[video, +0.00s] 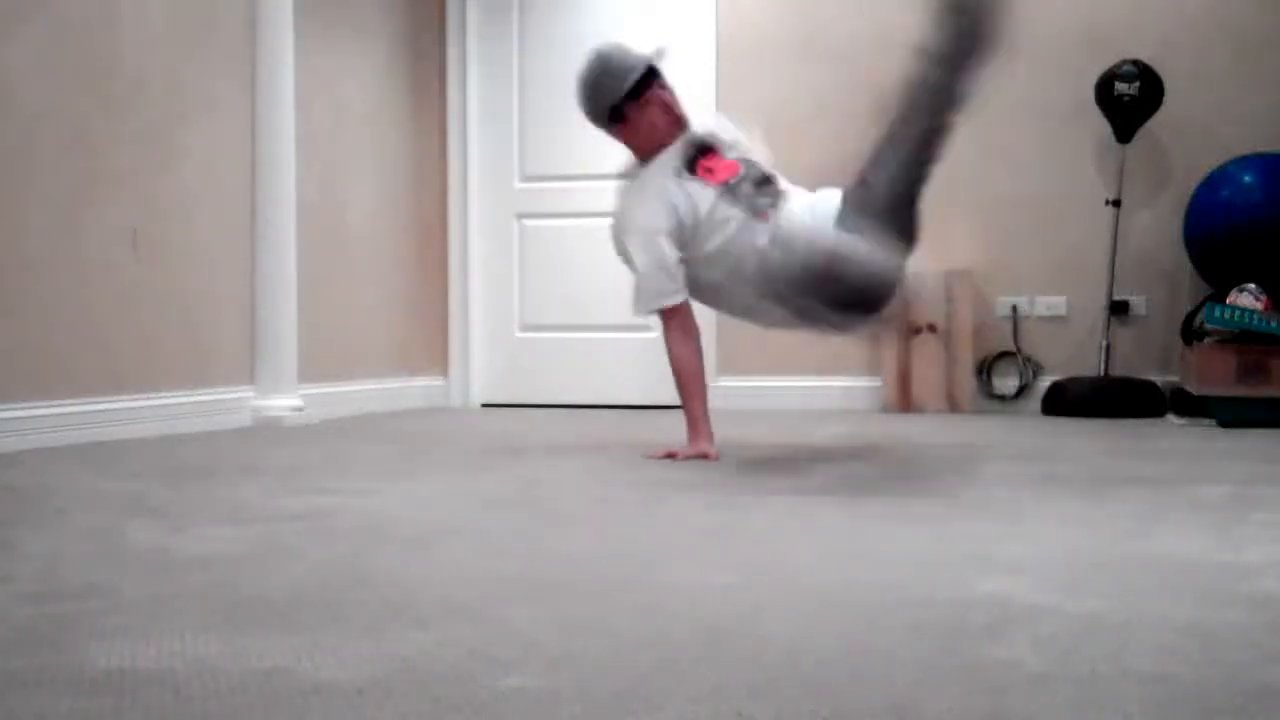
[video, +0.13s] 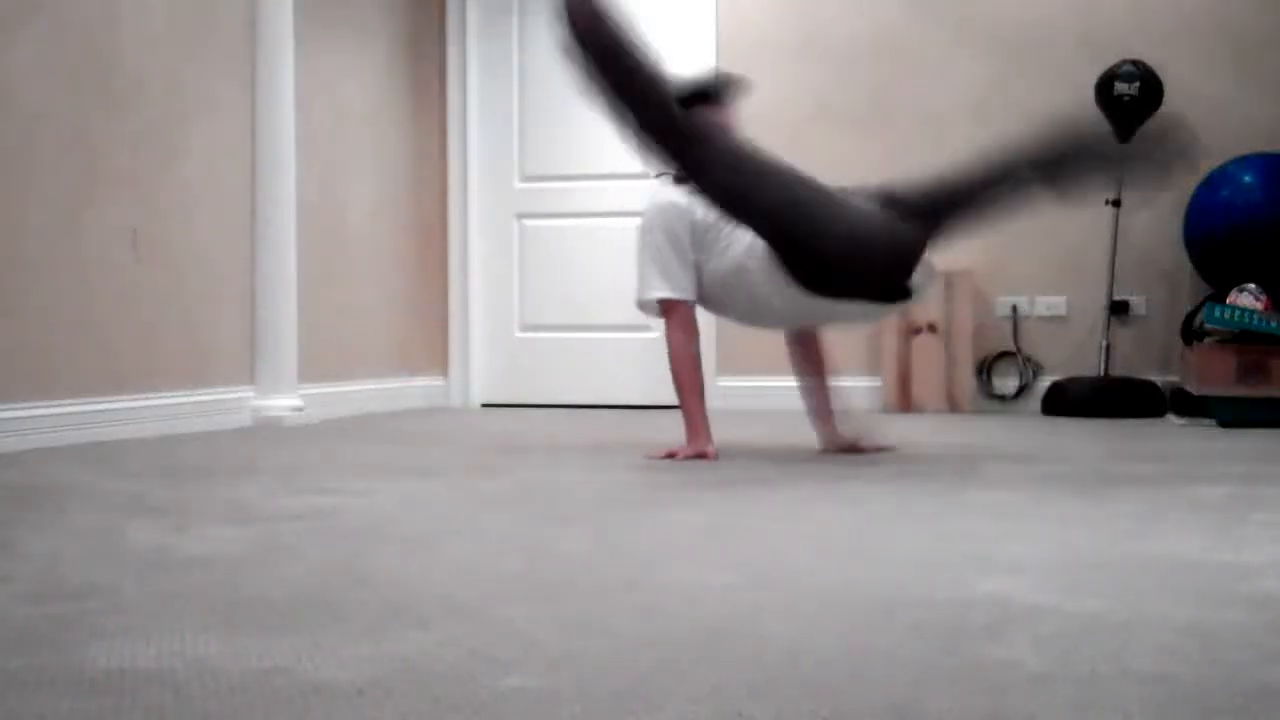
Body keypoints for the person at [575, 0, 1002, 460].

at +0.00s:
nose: (666, 101)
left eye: (660, 86)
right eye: (645, 100)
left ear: (668, 85)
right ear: (619, 127)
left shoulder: (714, 132)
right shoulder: (642, 213)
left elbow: (777, 197)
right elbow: (677, 325)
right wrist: (700, 438)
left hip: (858, 227)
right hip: (840, 290)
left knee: (919, 122)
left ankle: (961, 36)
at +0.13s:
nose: (726, 122)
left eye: (725, 111)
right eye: (711, 113)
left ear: (730, 117)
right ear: (685, 120)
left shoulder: (760, 189)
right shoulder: (671, 208)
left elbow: (800, 329)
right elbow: (680, 327)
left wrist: (829, 434)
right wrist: (698, 439)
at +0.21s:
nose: (786, 152)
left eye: (793, 141)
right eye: (775, 139)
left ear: (803, 146)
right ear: (744, 137)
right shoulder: (695, 218)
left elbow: (817, 348)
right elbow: (685, 333)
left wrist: (831, 438)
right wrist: (697, 437)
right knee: (716, 90)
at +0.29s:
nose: (858, 149)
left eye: (864, 136)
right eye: (847, 131)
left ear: (864, 144)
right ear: (813, 127)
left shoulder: (850, 233)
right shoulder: (759, 190)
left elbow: (848, 334)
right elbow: (686, 281)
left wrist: (832, 433)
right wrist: (666, 358)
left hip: (793, 345)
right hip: (742, 273)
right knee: (777, 90)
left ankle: (955, 319)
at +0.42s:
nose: (977, 181)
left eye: (989, 172)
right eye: (978, 160)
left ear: (982, 178)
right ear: (947, 138)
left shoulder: (938, 247)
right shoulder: (866, 141)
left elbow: (877, 332)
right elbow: (774, 174)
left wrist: (833, 433)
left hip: (753, 321)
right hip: (736, 242)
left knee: (734, 419)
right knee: (787, 92)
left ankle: (583, 410)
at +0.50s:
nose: (1043, 206)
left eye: (1056, 201)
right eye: (1049, 185)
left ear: (1044, 204)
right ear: (1020, 153)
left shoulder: (966, 263)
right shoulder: (938, 135)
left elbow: (889, 335)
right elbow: (833, 165)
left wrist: (832, 435)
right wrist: (870, 250)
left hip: (752, 305)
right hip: (754, 216)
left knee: (696, 423)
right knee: (757, 135)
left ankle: (533, 394)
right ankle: (667, 141)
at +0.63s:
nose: (1092, 262)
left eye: (1099, 251)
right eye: (1092, 244)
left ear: (1064, 227)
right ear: (1058, 220)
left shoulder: (995, 240)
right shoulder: (974, 211)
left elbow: (900, 323)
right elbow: (907, 327)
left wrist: (838, 426)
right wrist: (891, 438)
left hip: (806, 209)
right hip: (766, 178)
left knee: (799, 324)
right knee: (703, 334)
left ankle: (683, 383)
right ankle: (568, 322)